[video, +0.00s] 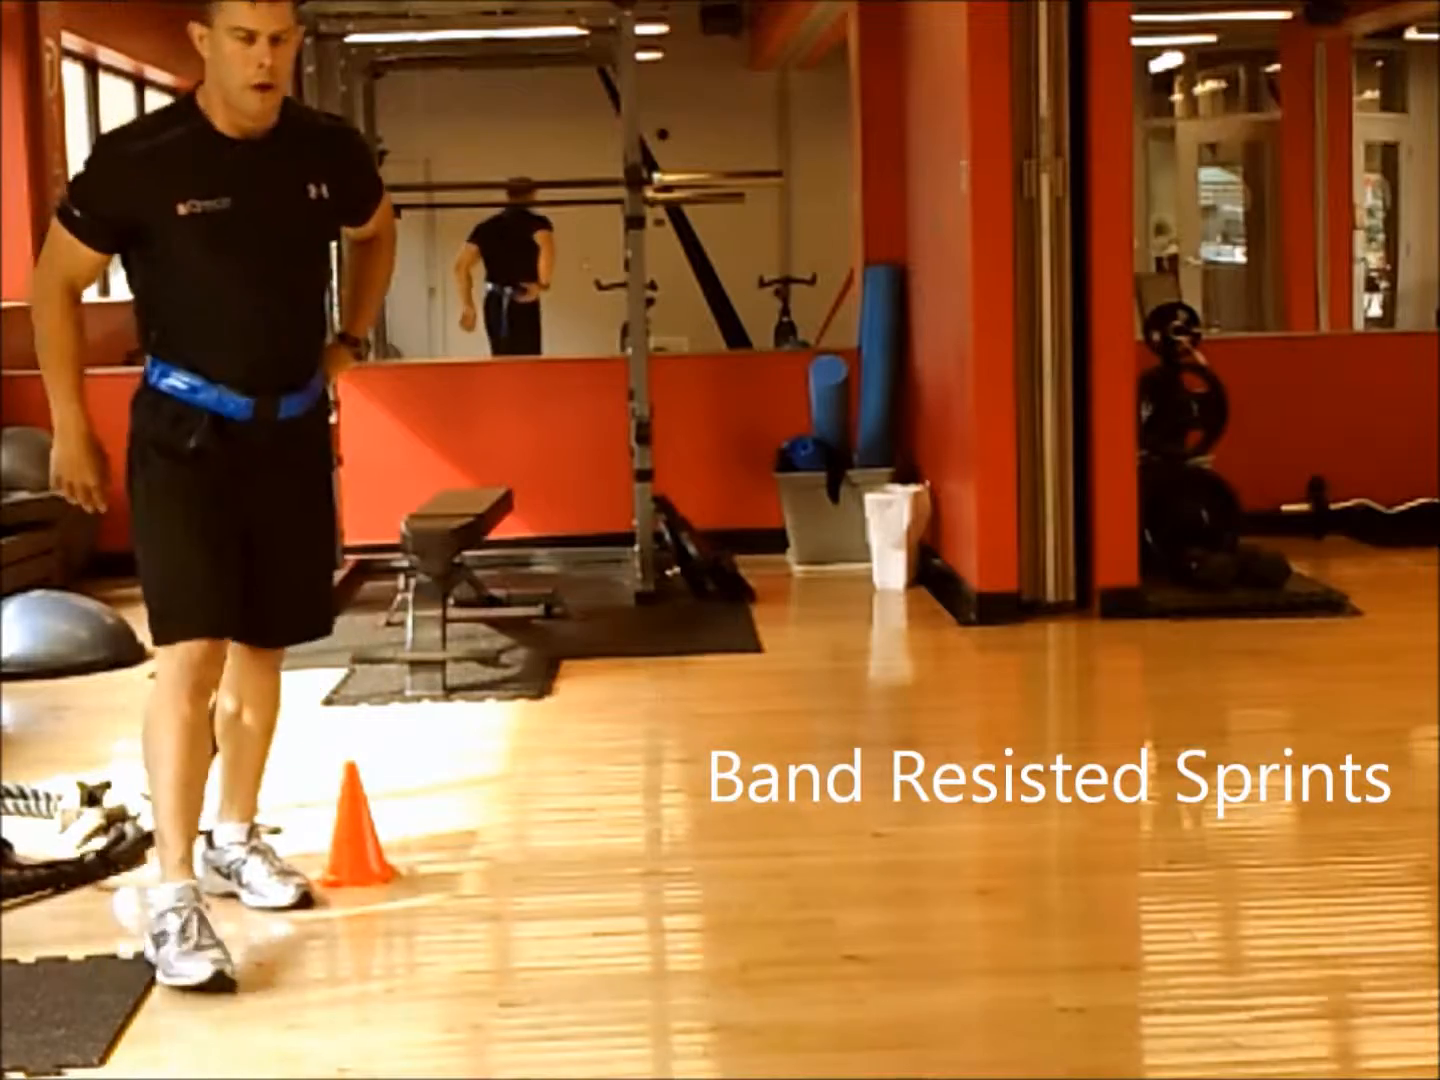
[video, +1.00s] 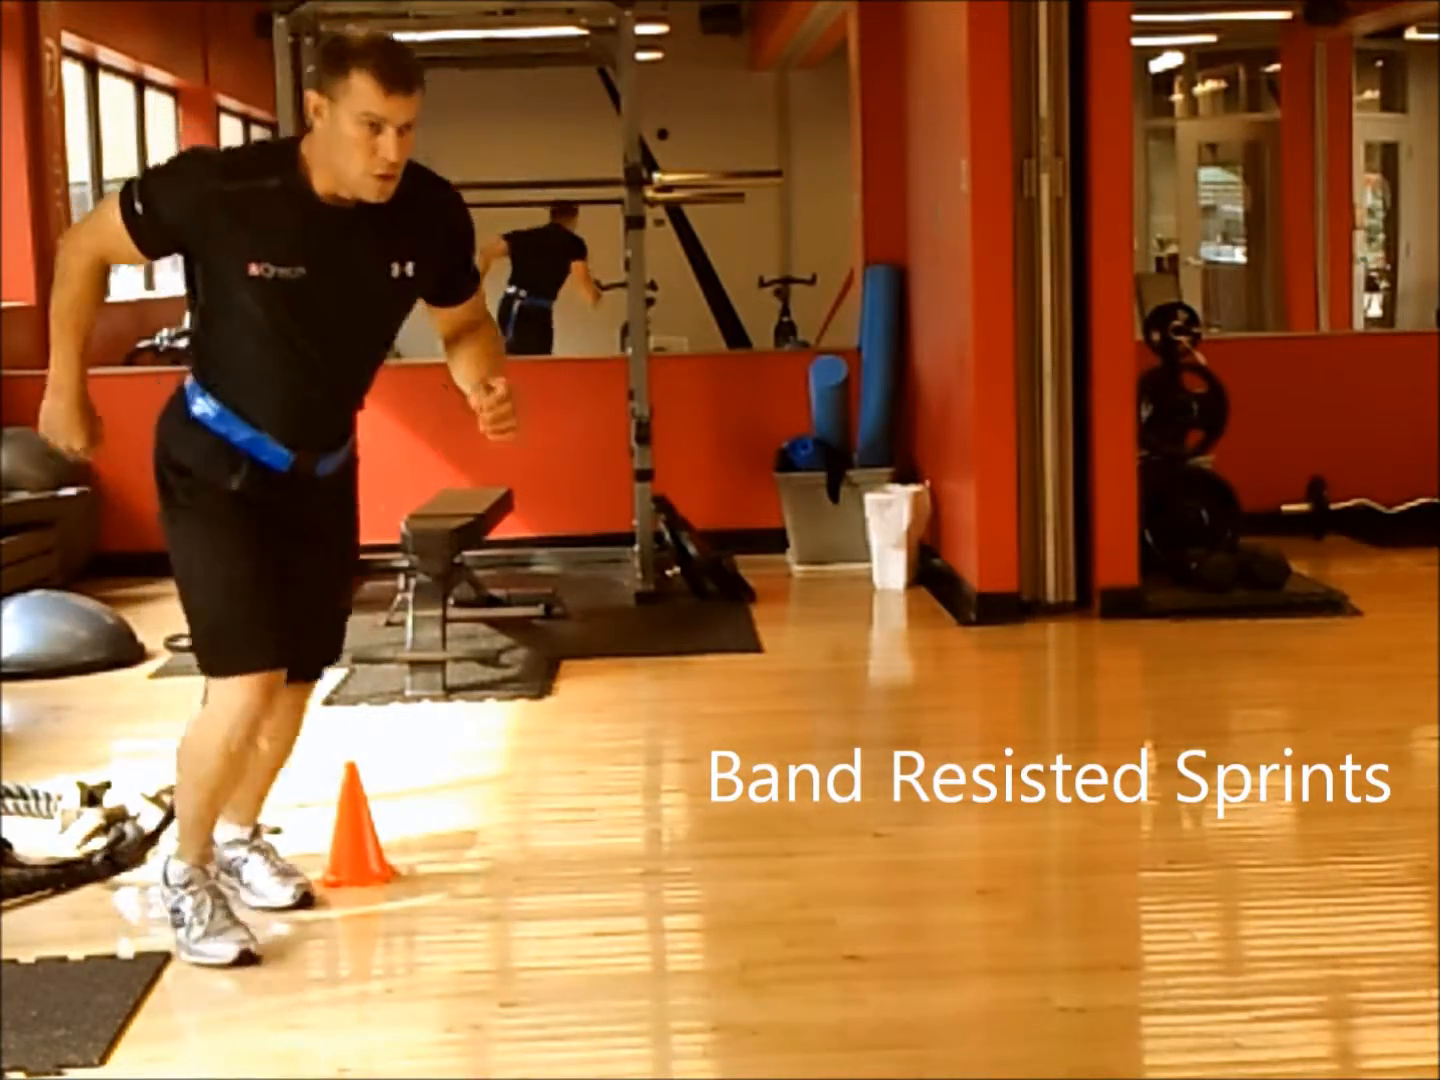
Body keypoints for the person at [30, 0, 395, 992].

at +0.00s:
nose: (267, 59)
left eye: (282, 39)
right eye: (246, 36)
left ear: (299, 44)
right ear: (202, 40)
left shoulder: (333, 151)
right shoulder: (135, 159)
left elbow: (375, 234)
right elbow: (54, 285)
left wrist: (351, 335)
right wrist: (71, 430)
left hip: (291, 435)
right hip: (183, 435)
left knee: (262, 649)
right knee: (192, 656)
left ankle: (234, 835)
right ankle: (173, 894)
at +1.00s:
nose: (394, 149)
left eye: (406, 128)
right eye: (373, 126)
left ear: (418, 125)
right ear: (318, 113)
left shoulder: (427, 214)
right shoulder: (216, 187)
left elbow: (467, 326)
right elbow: (83, 249)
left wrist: (485, 384)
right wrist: (65, 387)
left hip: (320, 473)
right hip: (216, 462)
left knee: (296, 678)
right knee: (246, 678)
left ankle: (236, 837)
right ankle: (183, 872)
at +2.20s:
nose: (1217, 23)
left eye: (1238, 4)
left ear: (1251, 12)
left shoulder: (1201, 108)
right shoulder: (929, 37)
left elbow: (1205, 274)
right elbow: (696, 103)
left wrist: (1281, 334)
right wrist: (636, 331)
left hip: (995, 456)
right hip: (860, 444)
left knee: (951, 774)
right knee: (1009, 775)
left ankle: (870, 1037)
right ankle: (770, 902)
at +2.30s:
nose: (1227, 1)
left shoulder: (1214, 62)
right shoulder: (938, 27)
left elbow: (1167, 222)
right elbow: (740, 163)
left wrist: (1182, 405)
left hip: (1029, 436)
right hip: (869, 435)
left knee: (1098, 780)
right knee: (886, 809)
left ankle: (885, 924)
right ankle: (766, 1062)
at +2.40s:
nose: (1228, 56)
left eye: (1240, 25)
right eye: (1207, 16)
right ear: (1104, 2)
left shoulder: (1173, 114)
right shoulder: (960, 87)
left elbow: (1072, 289)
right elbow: (863, 330)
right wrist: (1123, 314)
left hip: (1020, 508)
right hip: (863, 515)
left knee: (1237, 768)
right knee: (822, 875)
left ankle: (960, 752)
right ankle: (725, 1072)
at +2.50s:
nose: (1272, 25)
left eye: (1288, 1)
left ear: (1301, 4)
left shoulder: (1219, 79)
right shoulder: (983, 47)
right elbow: (849, 287)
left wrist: (1179, 308)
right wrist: (1092, 347)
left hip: (1041, 464)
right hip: (879, 458)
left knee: (1198, 767)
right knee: (833, 818)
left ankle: (931, 840)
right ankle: (729, 1067)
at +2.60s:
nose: (1287, 19)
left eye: (1304, 2)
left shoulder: (1259, 86)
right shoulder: (980, 31)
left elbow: (1190, 252)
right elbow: (792, 194)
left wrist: (1194, 431)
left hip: (1040, 441)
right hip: (893, 430)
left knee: (1071, 801)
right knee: (947, 824)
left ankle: (868, 989)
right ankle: (704, 982)